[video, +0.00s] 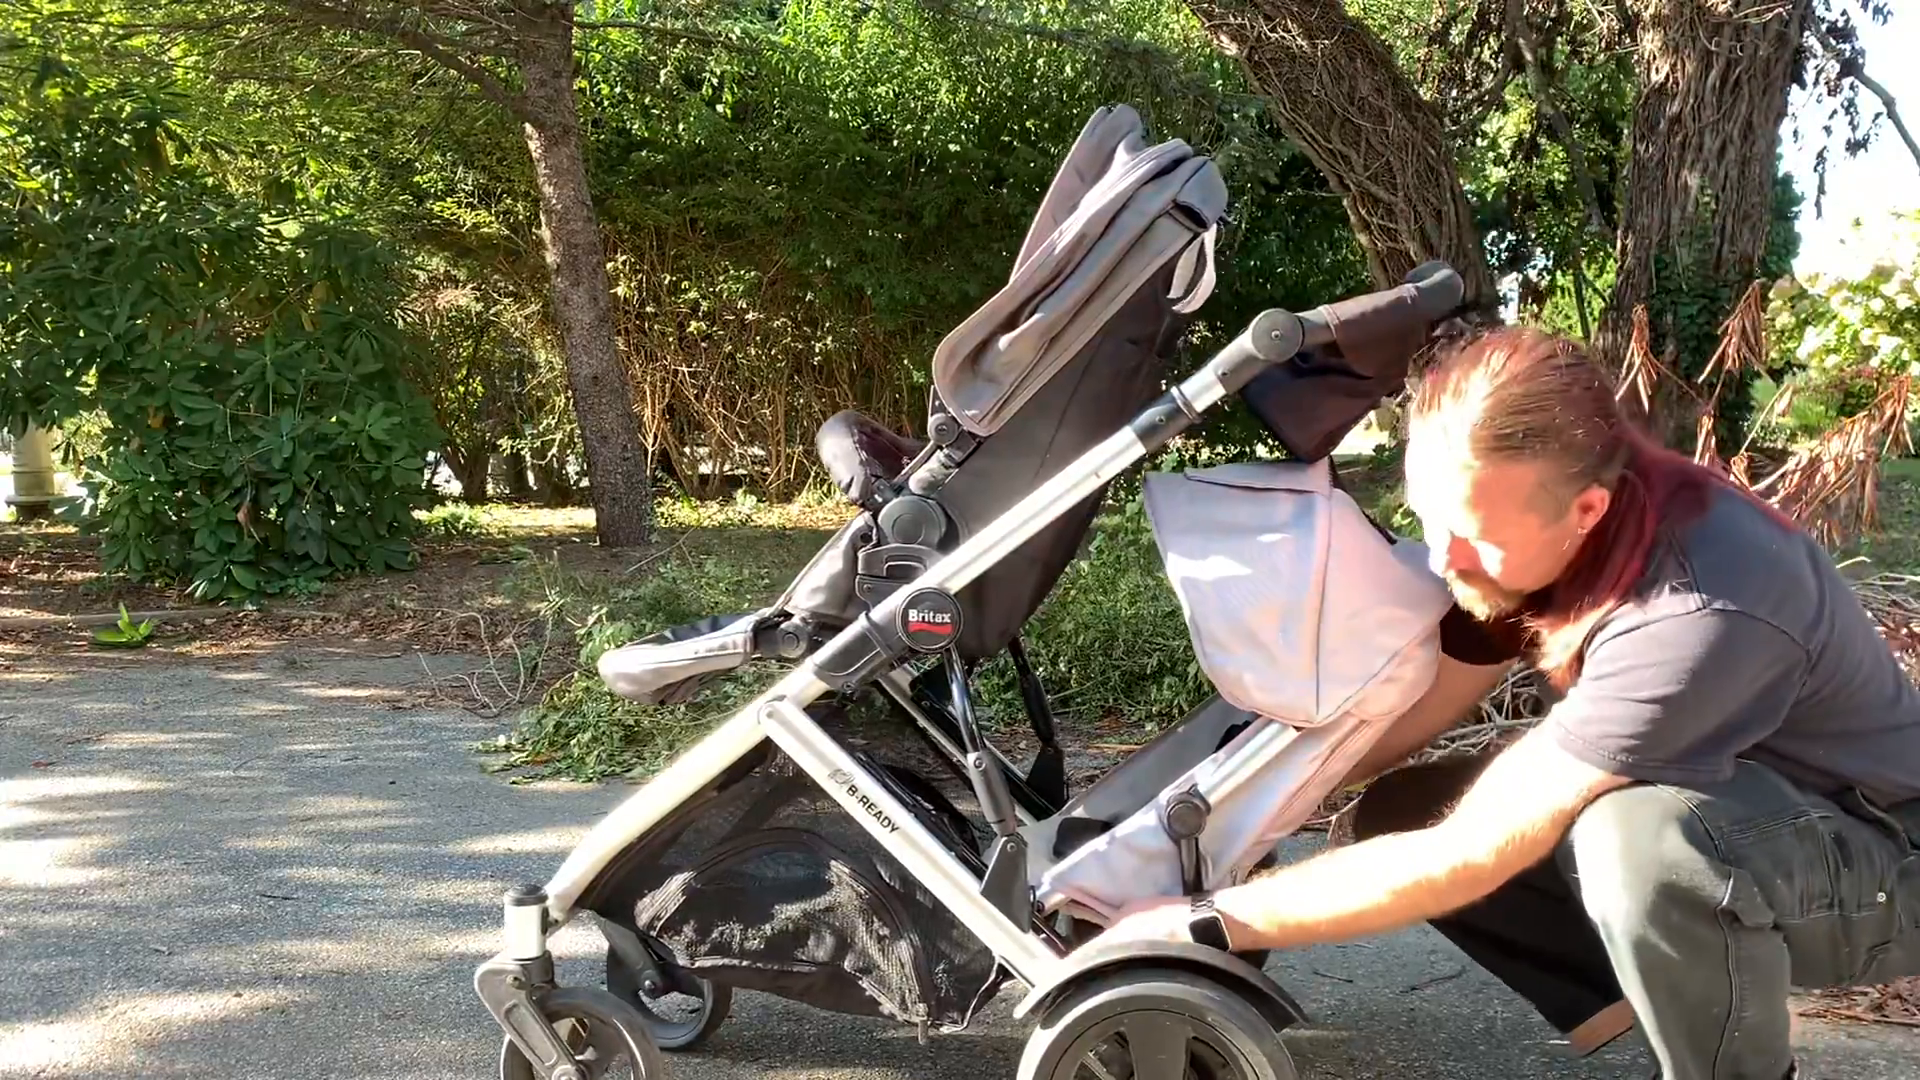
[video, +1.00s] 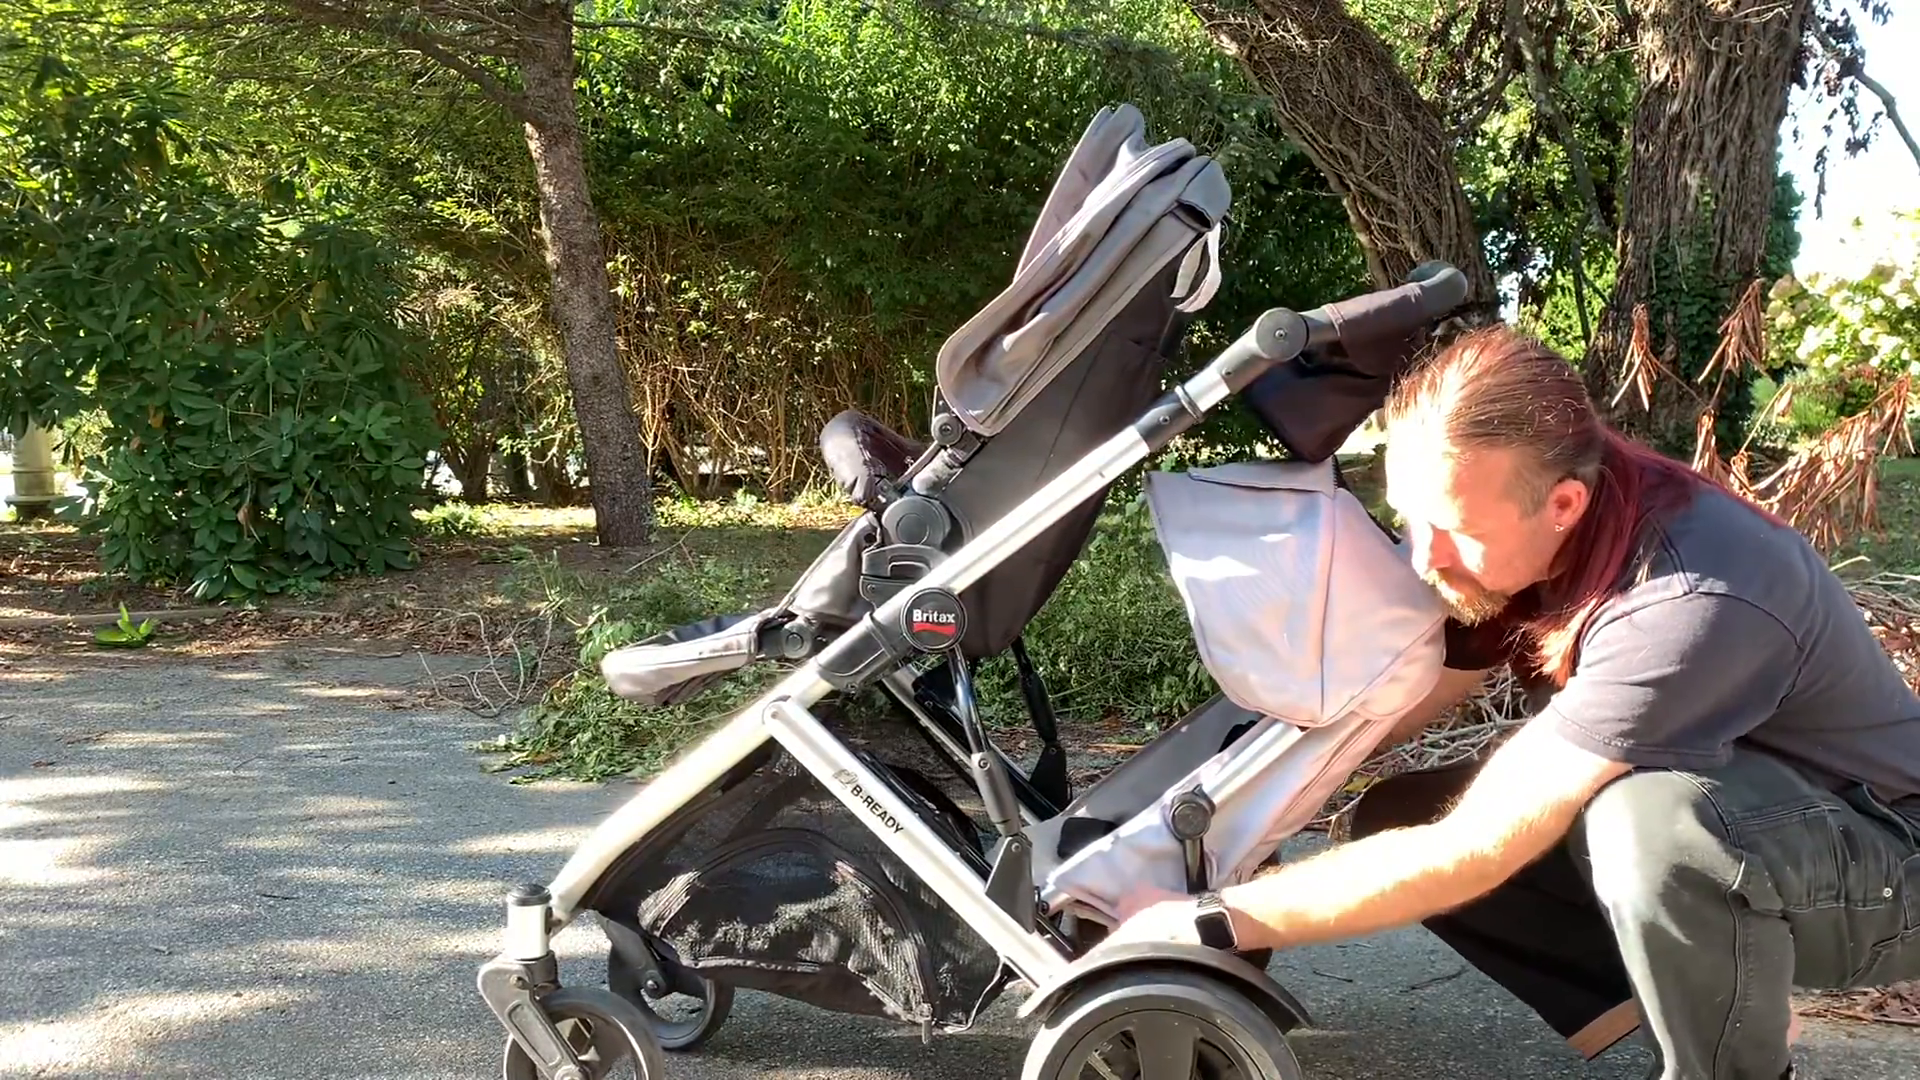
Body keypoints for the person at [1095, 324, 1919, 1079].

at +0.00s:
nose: (1445, 554)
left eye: (1480, 531)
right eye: (1434, 520)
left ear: (1589, 511)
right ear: (1422, 470)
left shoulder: (1704, 613)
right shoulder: (1544, 527)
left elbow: (1463, 863)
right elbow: (1388, 721)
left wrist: (1202, 927)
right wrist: (1195, 837)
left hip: (1878, 844)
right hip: (1714, 789)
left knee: (1636, 841)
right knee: (1402, 815)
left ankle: (1731, 1062)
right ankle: (1630, 1008)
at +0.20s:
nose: (1421, 575)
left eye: (1453, 549)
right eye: (1407, 541)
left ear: (1560, 528)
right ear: (1392, 498)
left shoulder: (1686, 611)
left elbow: (1461, 866)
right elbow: (1386, 723)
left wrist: (1201, 924)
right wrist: (1214, 837)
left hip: (1879, 835)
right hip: (1706, 774)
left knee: (1639, 839)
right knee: (1412, 804)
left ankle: (1730, 1062)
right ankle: (1647, 1018)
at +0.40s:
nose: (1420, 567)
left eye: (1451, 540)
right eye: (1408, 535)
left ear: (1561, 522)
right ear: (1395, 497)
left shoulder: (1687, 608)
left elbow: (1458, 851)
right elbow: (1370, 729)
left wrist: (1197, 923)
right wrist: (1182, 842)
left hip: (1880, 848)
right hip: (1724, 792)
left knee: (1626, 834)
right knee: (1416, 804)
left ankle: (1721, 1056)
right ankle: (1665, 1019)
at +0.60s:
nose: (1424, 563)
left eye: (1455, 537)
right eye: (1412, 531)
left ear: (1565, 518)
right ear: (1400, 493)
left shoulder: (1690, 608)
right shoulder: (1527, 544)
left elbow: (1464, 855)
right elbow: (1365, 725)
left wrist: (1197, 923)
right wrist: (1173, 841)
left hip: (1880, 846)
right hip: (1714, 787)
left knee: (1637, 830)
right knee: (1412, 806)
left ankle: (1730, 1062)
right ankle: (1652, 1023)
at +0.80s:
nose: (1427, 565)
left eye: (1457, 538)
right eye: (1413, 532)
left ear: (1567, 518)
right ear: (1402, 495)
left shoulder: (1698, 605)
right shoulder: (1527, 543)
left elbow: (1468, 850)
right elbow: (1353, 713)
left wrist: (1202, 922)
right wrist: (1171, 837)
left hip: (1879, 848)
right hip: (1706, 793)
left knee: (1642, 829)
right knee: (1410, 816)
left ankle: (1724, 1065)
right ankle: (1667, 1021)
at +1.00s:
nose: (1427, 556)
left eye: (1457, 531)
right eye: (1413, 525)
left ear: (1565, 511)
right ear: (1401, 482)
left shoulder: (1694, 599)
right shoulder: (1536, 542)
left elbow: (1475, 855)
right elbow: (1368, 703)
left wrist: (1216, 923)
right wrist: (1185, 829)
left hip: (1880, 846)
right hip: (1710, 797)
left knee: (1648, 825)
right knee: (1405, 820)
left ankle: (1727, 1060)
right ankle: (1646, 1017)